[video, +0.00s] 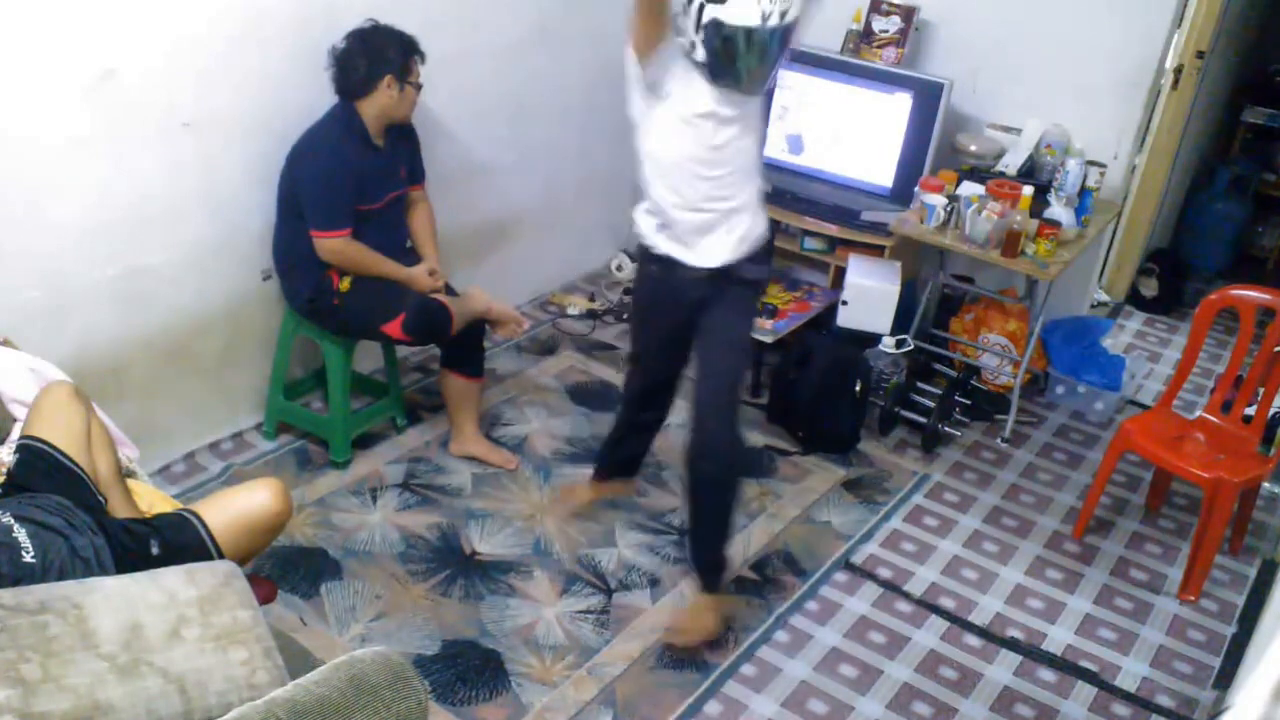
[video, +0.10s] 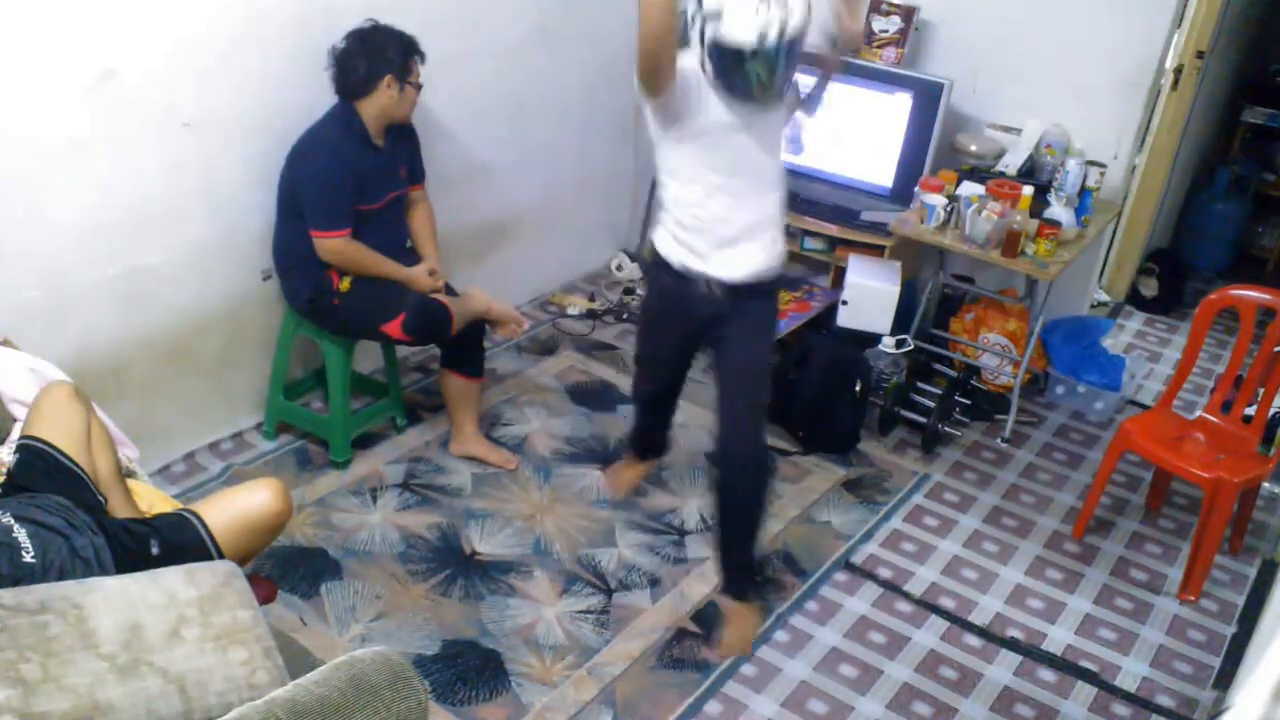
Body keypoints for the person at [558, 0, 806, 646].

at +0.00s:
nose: (744, 53)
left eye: (754, 43)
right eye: (729, 37)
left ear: (764, 43)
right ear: (696, 25)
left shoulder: (755, 69)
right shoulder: (656, 58)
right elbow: (650, 5)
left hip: (735, 266)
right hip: (664, 259)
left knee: (714, 425)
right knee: (647, 386)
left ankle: (710, 586)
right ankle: (613, 474)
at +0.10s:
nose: (748, 44)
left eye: (758, 35)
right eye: (733, 34)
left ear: (769, 39)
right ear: (706, 35)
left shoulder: (776, 88)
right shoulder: (671, 86)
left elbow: (848, 43)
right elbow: (654, 51)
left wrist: (844, 18)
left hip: (751, 285)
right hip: (674, 273)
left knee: (742, 441)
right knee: (653, 384)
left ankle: (740, 588)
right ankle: (644, 451)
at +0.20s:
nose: (732, 124)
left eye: (748, 115)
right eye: (724, 110)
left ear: (785, 101)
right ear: (709, 95)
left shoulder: (806, 139)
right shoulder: (683, 133)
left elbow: (884, 208)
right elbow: (656, 214)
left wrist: (874, 122)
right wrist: (690, 122)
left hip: (772, 337)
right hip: (695, 321)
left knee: (758, 484)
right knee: (661, 414)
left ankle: (747, 601)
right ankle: (668, 440)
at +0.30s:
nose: (727, 131)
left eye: (744, 116)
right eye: (713, 115)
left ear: (783, 95)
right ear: (698, 96)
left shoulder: (826, 131)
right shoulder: (694, 134)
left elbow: (919, 200)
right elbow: (659, 246)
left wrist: (875, 118)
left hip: (773, 333)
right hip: (699, 314)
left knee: (756, 481)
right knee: (656, 422)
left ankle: (744, 600)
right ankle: (685, 473)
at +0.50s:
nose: (710, 80)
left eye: (713, 66)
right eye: (701, 70)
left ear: (742, 41)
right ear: (702, 59)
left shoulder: (819, 98)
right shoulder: (731, 94)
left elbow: (826, 69)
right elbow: (708, 166)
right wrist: (671, 199)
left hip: (776, 301)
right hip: (714, 279)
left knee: (732, 442)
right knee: (668, 419)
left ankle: (717, 576)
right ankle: (650, 551)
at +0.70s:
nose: (712, 85)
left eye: (720, 73)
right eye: (711, 73)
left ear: (750, 70)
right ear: (752, 70)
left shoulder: (777, 123)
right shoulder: (740, 114)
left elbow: (722, 129)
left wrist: (699, 24)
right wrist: (673, 62)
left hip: (749, 330)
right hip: (706, 313)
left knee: (723, 466)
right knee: (638, 435)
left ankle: (736, 586)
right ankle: (590, 569)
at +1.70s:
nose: (639, 52)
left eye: (653, 43)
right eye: (630, 34)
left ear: (662, 47)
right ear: (601, 24)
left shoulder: (641, 94)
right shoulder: (539, 62)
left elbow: (667, 127)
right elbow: (434, 26)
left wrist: (729, 116)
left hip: (606, 283)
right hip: (528, 283)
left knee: (620, 428)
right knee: (526, 424)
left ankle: (613, 552)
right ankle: (525, 533)